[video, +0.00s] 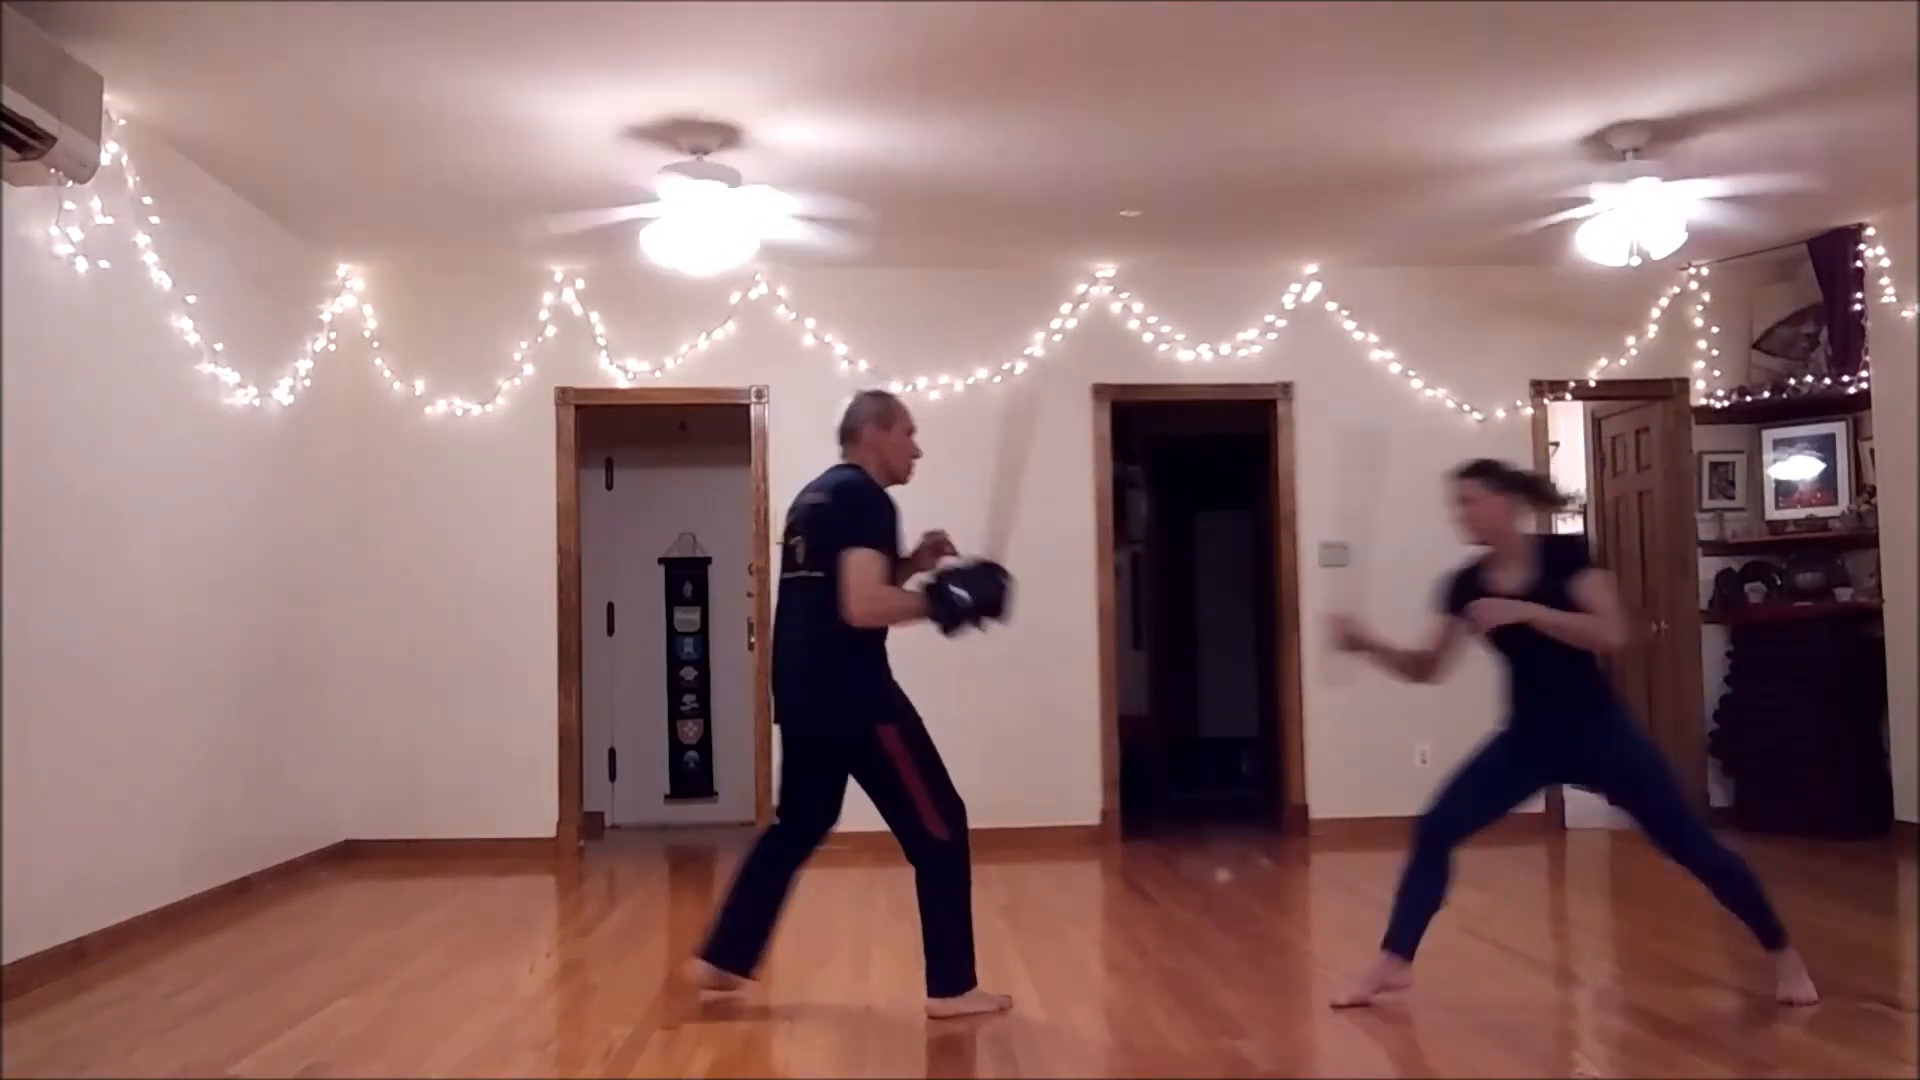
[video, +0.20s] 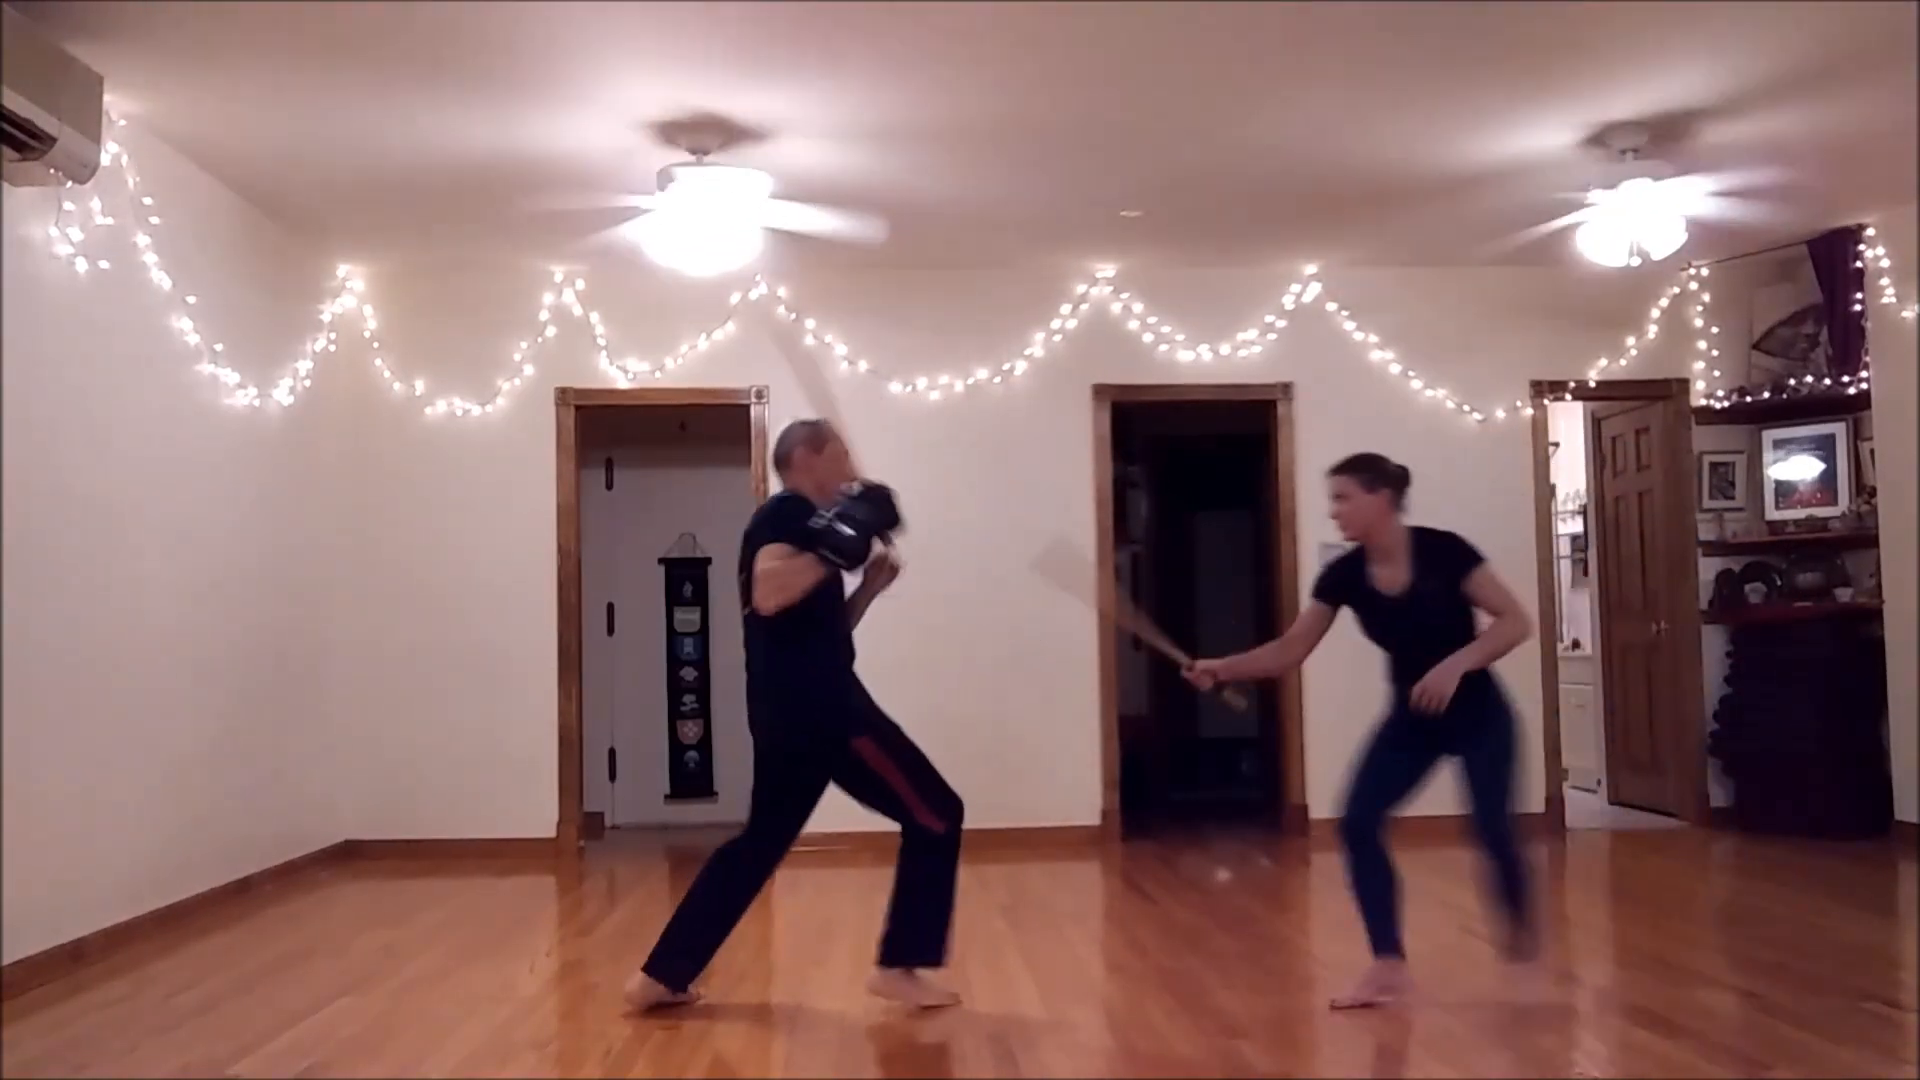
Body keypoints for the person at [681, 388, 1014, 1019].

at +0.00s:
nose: (917, 446)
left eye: (914, 434)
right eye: (907, 433)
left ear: (863, 436)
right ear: (872, 434)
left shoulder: (815, 496)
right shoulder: (864, 498)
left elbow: (838, 590)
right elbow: (865, 605)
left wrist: (911, 563)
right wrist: (942, 598)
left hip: (804, 695)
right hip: (858, 694)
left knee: (801, 822)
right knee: (939, 828)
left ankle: (722, 959)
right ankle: (952, 987)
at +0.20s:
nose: (849, 471)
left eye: (847, 459)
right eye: (841, 458)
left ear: (799, 460)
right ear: (808, 458)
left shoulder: (798, 526)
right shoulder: (787, 512)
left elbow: (826, 635)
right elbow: (769, 594)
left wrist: (870, 589)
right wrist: (838, 543)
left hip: (790, 714)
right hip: (825, 707)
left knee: (762, 843)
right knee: (936, 813)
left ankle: (662, 975)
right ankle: (901, 966)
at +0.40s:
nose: (846, 466)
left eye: (843, 456)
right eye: (835, 456)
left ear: (798, 471)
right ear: (802, 468)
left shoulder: (781, 533)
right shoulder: (796, 526)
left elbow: (799, 629)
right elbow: (828, 605)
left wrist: (858, 613)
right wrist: (854, 530)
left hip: (796, 728)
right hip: (832, 724)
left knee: (773, 855)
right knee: (962, 816)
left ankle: (667, 968)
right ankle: (941, 974)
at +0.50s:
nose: (876, 467)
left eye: (873, 456)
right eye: (864, 458)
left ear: (823, 470)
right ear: (824, 468)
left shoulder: (805, 533)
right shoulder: (829, 532)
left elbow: (917, 601)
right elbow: (923, 599)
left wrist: (955, 532)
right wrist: (959, 525)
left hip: (810, 733)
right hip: (853, 727)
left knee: (770, 850)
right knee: (986, 826)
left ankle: (664, 971)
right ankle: (1016, 989)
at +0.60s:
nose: (925, 459)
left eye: (920, 446)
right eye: (910, 448)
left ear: (872, 466)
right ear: (874, 463)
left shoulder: (838, 525)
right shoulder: (903, 527)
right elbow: (1013, 587)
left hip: (834, 729)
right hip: (890, 726)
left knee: (784, 840)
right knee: (1010, 836)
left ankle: (672, 958)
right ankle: (1071, 999)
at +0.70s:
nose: (993, 463)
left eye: (991, 450)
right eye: (983, 452)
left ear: (932, 459)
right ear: (948, 457)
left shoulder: (887, 515)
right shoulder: (967, 528)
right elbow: (1073, 593)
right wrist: (1144, 597)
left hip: (868, 716)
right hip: (926, 718)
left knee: (844, 839)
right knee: (1048, 833)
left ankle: (709, 939)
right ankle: (1074, 1001)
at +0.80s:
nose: (1043, 467)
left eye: (1042, 453)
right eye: (1032, 454)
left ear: (976, 457)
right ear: (988, 455)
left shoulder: (921, 506)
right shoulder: (1006, 533)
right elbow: (1085, 634)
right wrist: (1149, 658)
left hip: (892, 708)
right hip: (954, 713)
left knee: (901, 834)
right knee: (1071, 839)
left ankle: (787, 935)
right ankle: (1078, 1002)